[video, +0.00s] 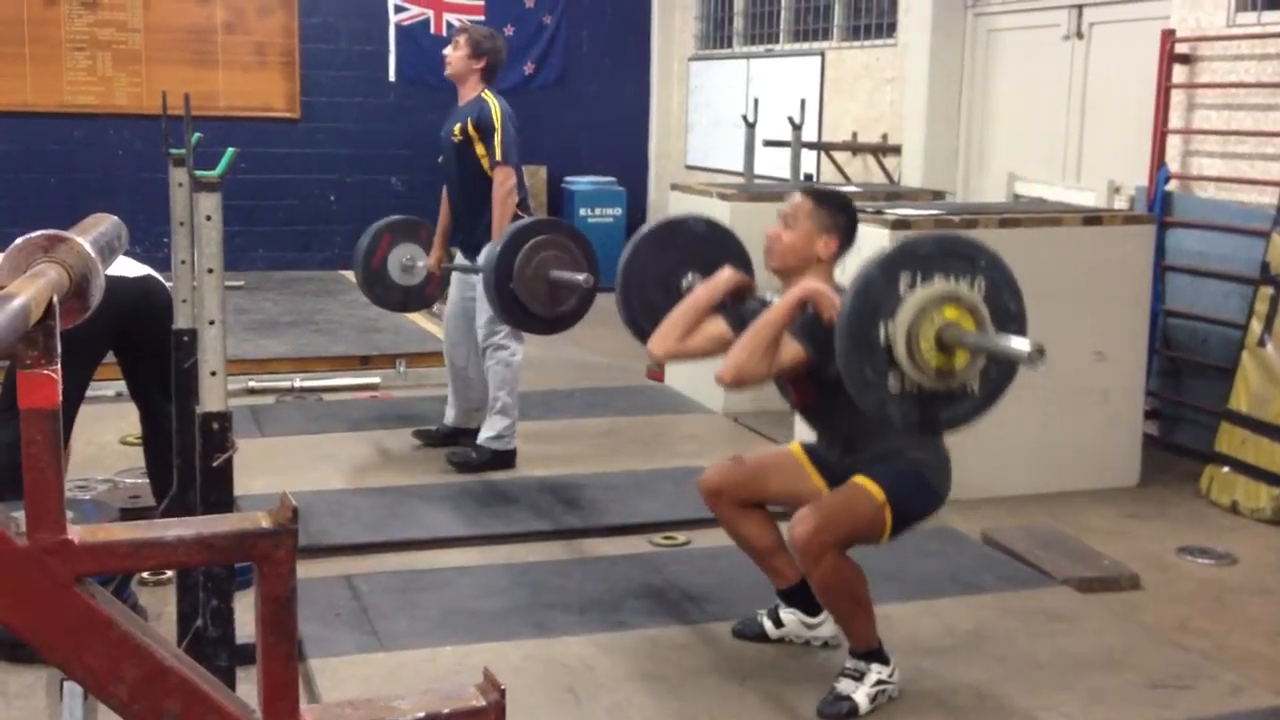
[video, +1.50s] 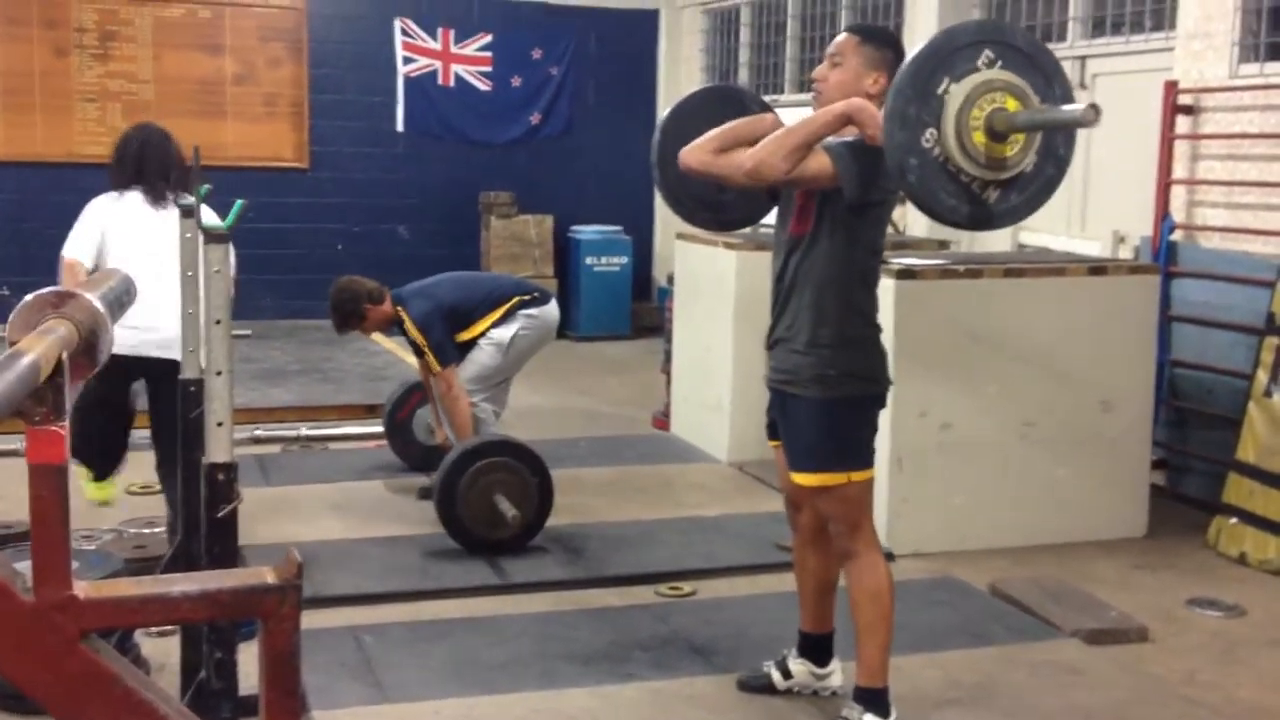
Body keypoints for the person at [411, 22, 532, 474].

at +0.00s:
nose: (445, 52)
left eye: (455, 46)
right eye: (449, 45)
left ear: (479, 60)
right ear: (469, 61)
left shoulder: (492, 109)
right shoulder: (458, 115)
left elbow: (506, 181)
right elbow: (450, 187)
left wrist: (498, 248)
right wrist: (439, 246)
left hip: (497, 249)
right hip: (467, 250)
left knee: (498, 341)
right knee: (458, 337)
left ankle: (499, 441)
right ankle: (463, 422)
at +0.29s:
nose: (424, 86)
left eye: (429, 76)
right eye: (423, 77)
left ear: (456, 75)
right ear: (451, 77)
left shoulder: (483, 120)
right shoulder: (454, 124)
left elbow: (492, 194)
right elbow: (447, 197)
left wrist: (491, 265)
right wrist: (435, 258)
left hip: (491, 258)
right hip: (462, 257)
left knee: (489, 353)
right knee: (455, 349)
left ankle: (498, 447)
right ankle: (462, 429)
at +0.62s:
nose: (377, 161)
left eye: (381, 150)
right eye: (375, 152)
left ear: (407, 143)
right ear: (405, 145)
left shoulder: (451, 177)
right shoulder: (429, 182)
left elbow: (471, 255)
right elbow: (434, 249)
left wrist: (483, 326)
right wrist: (434, 312)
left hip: (527, 254)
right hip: (494, 258)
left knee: (496, 345)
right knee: (467, 341)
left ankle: (501, 459)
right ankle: (466, 439)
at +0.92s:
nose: (374, 273)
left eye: (377, 262)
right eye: (370, 265)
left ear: (398, 248)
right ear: (398, 248)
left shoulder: (444, 270)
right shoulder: (425, 270)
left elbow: (466, 346)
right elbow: (437, 334)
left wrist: (470, 420)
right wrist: (440, 393)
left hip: (542, 289)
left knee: (463, 356)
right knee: (501, 365)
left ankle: (462, 452)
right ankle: (506, 448)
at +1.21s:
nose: (372, 319)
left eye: (369, 311)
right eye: (367, 314)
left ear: (381, 297)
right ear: (385, 292)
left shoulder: (431, 304)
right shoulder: (416, 302)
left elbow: (459, 376)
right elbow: (434, 362)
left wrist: (469, 447)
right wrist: (442, 418)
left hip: (539, 307)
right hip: (532, 306)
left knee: (469, 383)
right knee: (488, 386)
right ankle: (496, 461)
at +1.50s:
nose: (366, 333)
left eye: (361, 325)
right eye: (360, 329)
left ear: (370, 309)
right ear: (375, 299)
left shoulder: (420, 313)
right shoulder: (407, 310)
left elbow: (449, 386)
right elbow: (429, 373)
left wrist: (469, 456)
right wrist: (440, 429)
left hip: (531, 312)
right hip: (523, 311)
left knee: (465, 391)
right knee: (476, 394)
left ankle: (484, 475)